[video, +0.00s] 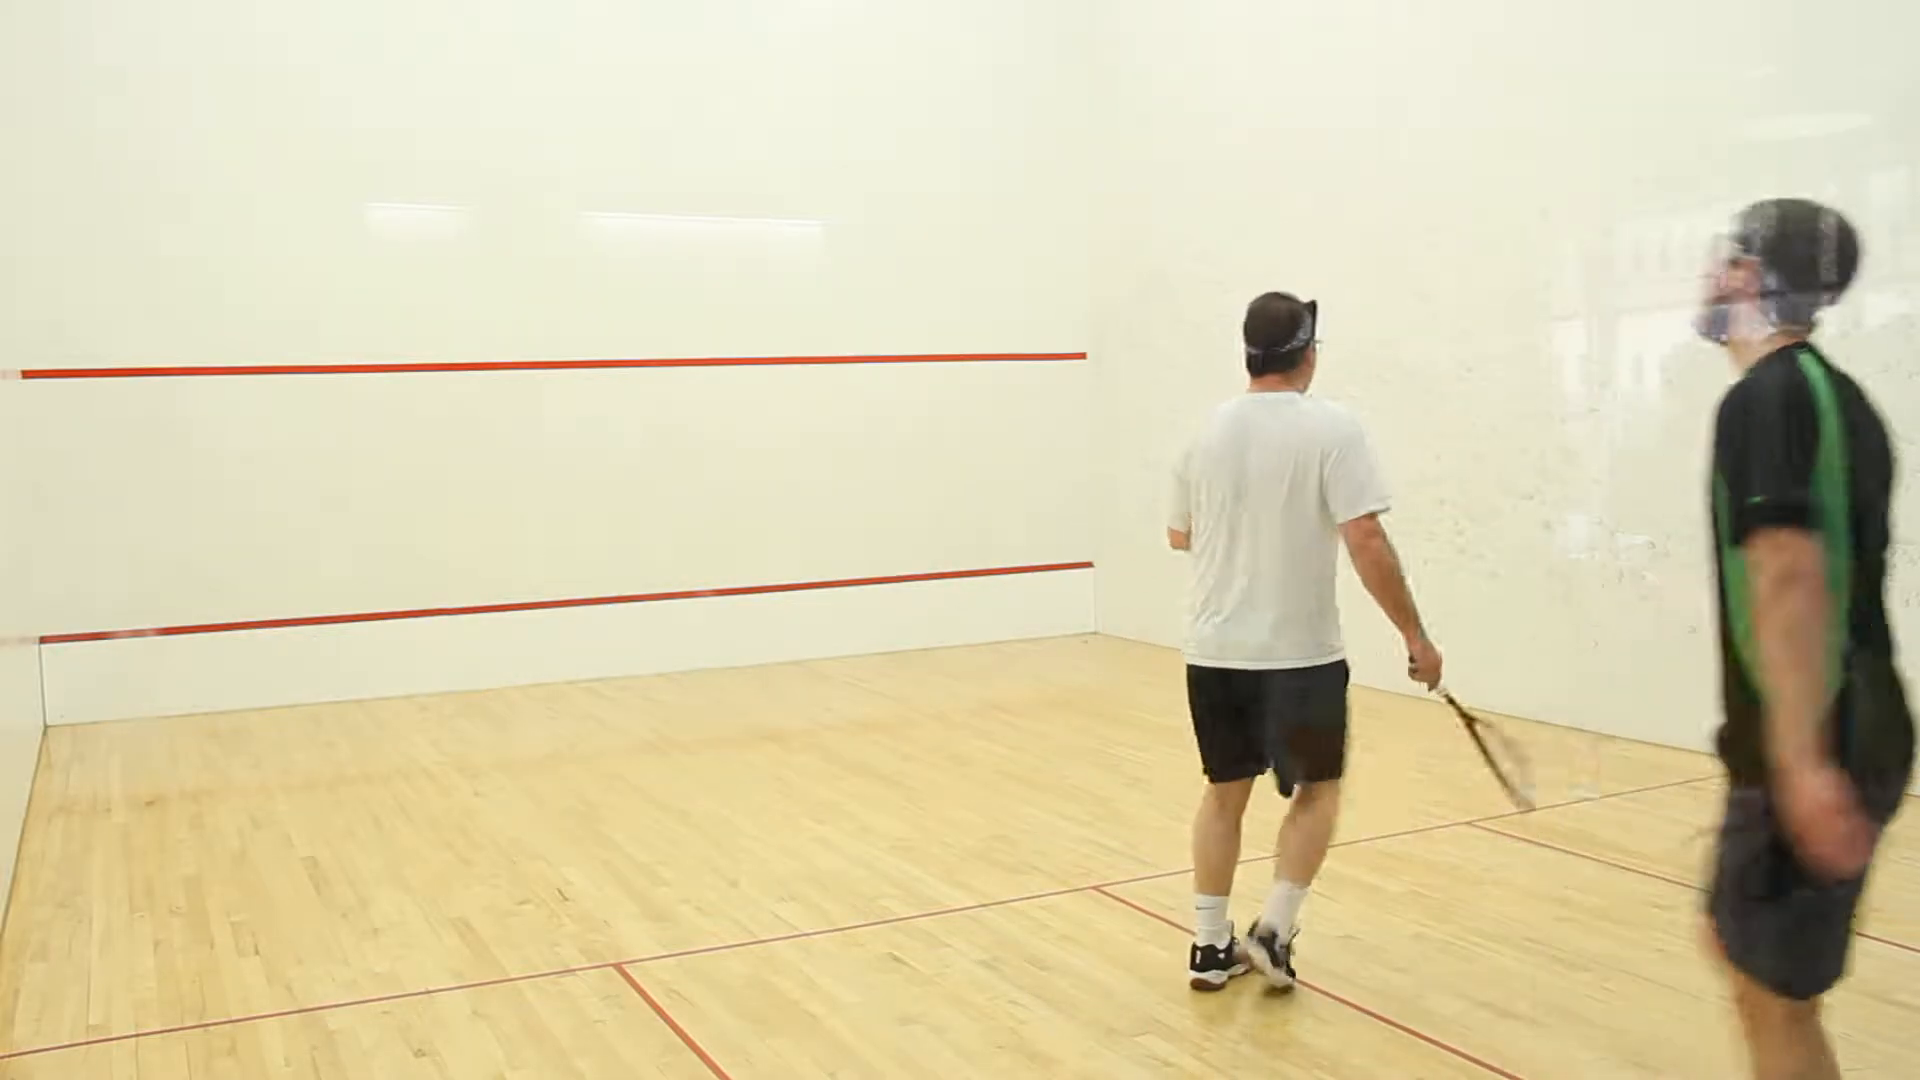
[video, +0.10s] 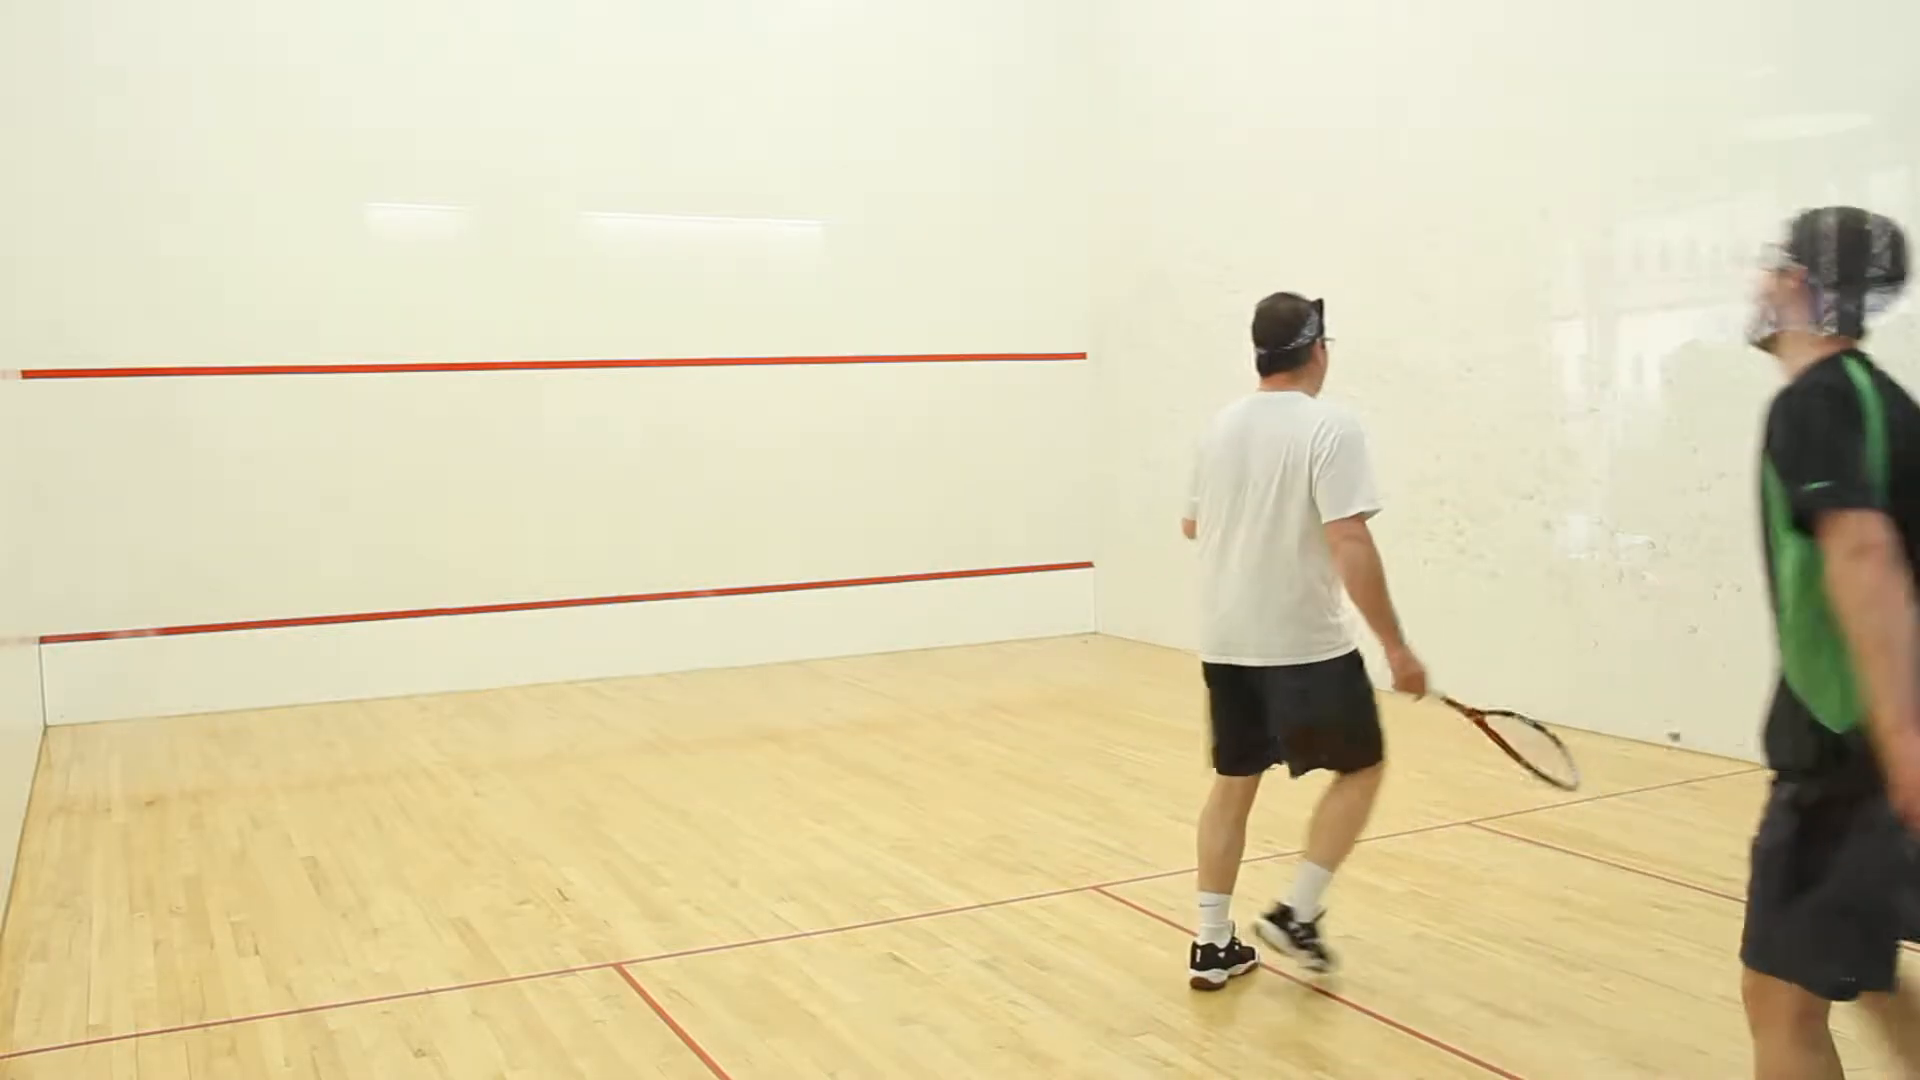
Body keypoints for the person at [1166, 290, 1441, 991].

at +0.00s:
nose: (1318, 357)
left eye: (1310, 347)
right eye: (1316, 348)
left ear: (1247, 355)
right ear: (1308, 355)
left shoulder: (1210, 434)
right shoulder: (1333, 431)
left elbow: (1181, 536)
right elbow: (1366, 543)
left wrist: (1258, 531)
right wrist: (1415, 635)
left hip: (1214, 655)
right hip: (1301, 657)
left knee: (1225, 787)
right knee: (1314, 792)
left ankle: (1210, 943)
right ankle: (1274, 928)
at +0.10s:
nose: (1329, 354)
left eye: (1322, 343)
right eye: (1326, 344)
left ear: (1260, 356)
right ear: (1316, 352)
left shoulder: (1223, 427)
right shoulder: (1331, 428)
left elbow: (1197, 526)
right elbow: (1350, 544)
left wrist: (1276, 509)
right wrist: (1397, 648)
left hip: (1227, 646)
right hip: (1308, 648)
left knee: (1233, 778)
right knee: (1362, 765)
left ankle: (1211, 943)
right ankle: (1298, 913)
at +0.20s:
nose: (1345, 356)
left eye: (1341, 344)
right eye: (1343, 345)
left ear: (1277, 356)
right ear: (1333, 351)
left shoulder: (1244, 423)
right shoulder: (1338, 428)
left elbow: (1217, 514)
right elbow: (1346, 542)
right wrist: (1369, 654)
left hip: (1240, 649)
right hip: (1313, 652)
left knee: (1242, 775)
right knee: (1393, 758)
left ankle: (1212, 940)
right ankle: (1352, 920)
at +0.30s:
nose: (1372, 362)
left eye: (1368, 351)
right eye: (1369, 351)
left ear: (1306, 357)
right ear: (1355, 356)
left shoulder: (1268, 425)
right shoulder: (1357, 430)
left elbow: (1266, 536)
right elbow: (1347, 540)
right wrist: (1357, 655)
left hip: (1259, 652)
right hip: (1331, 655)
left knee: (1253, 775)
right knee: (1403, 765)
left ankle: (1212, 938)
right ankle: (1406, 930)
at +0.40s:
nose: (1404, 366)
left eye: (1402, 354)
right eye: (1401, 354)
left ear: (1338, 358)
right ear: (1385, 357)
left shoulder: (1308, 419)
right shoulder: (1386, 428)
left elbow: (1299, 532)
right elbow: (1370, 539)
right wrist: (1373, 652)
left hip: (1290, 647)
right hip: (1362, 654)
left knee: (1279, 772)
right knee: (1412, 778)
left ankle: (1217, 926)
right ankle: (1412, 929)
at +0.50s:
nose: (1433, 365)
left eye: (1432, 353)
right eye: (1430, 352)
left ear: (1369, 352)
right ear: (1408, 353)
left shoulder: (1333, 416)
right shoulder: (1410, 424)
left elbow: (1337, 531)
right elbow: (1401, 538)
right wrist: (1414, 648)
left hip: (1328, 642)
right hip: (1390, 645)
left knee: (1329, 766)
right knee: (1426, 783)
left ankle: (1240, 896)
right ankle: (1412, 933)